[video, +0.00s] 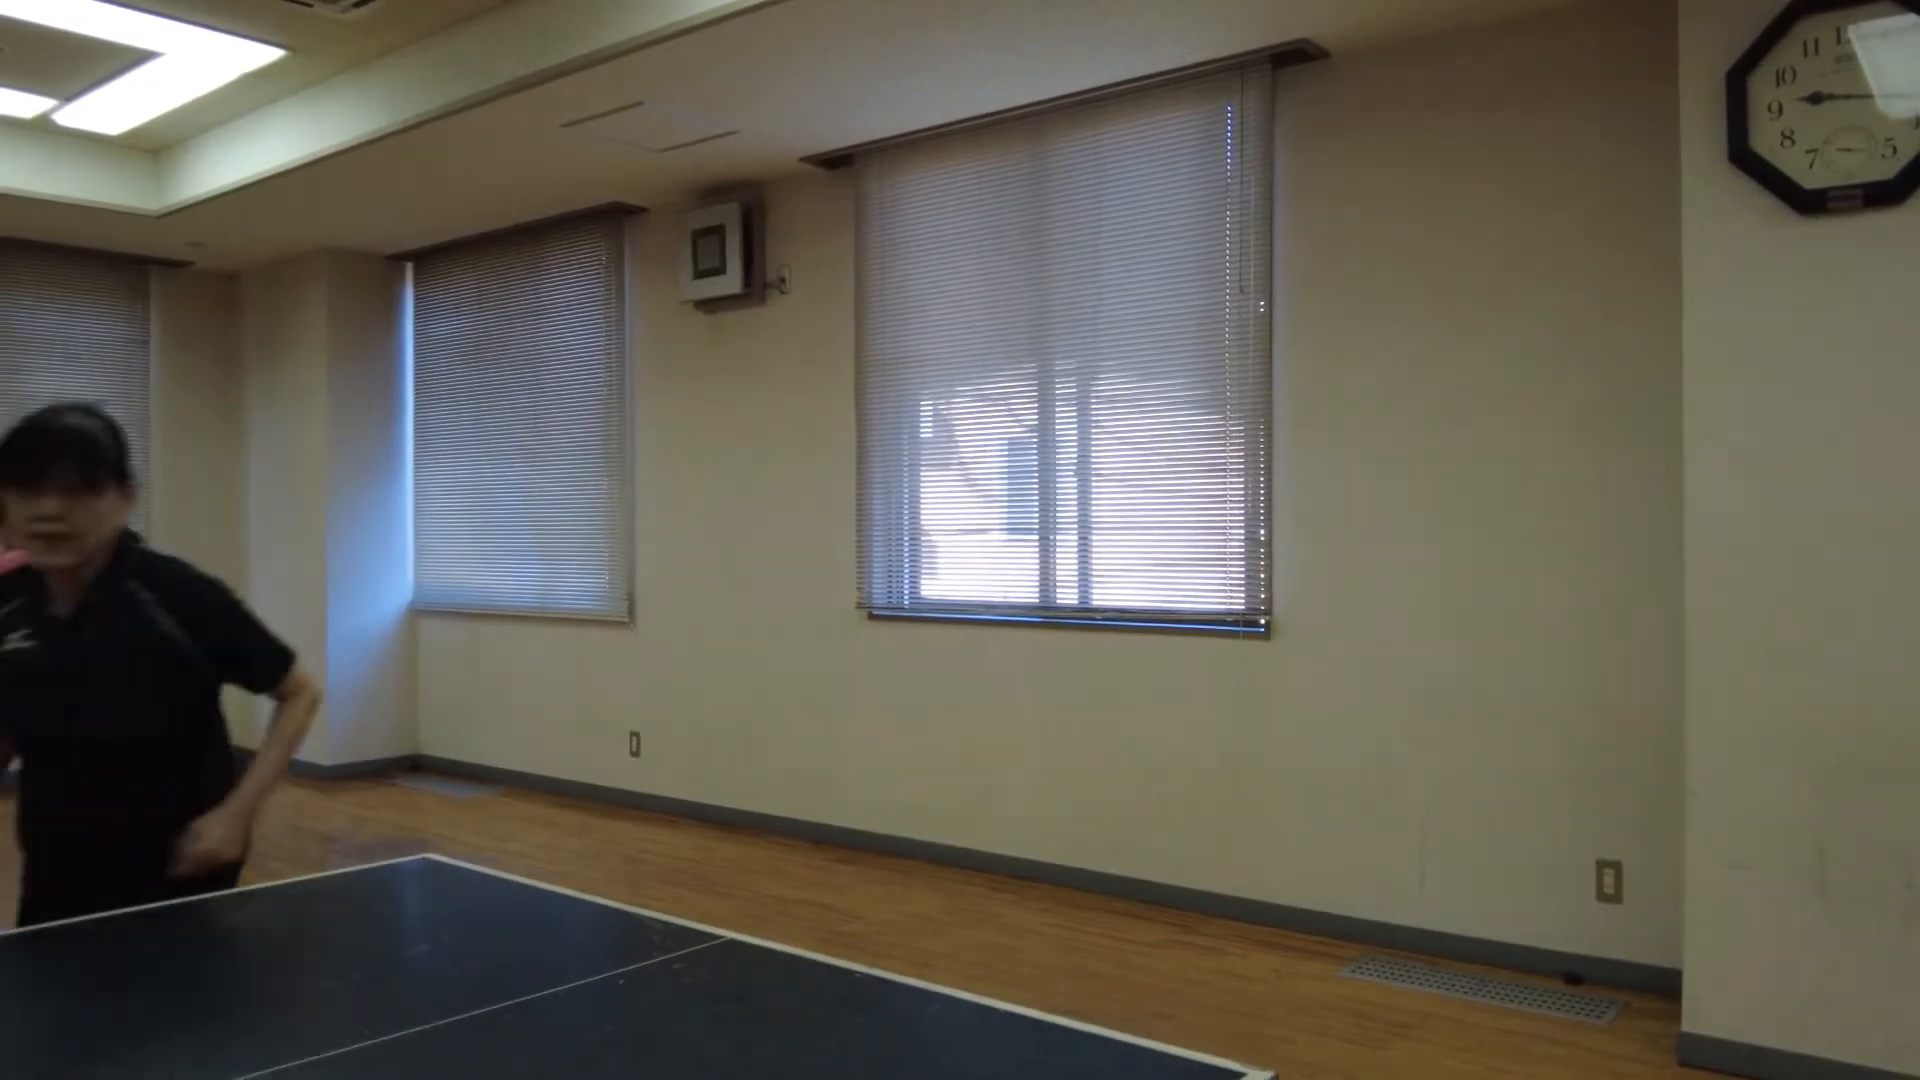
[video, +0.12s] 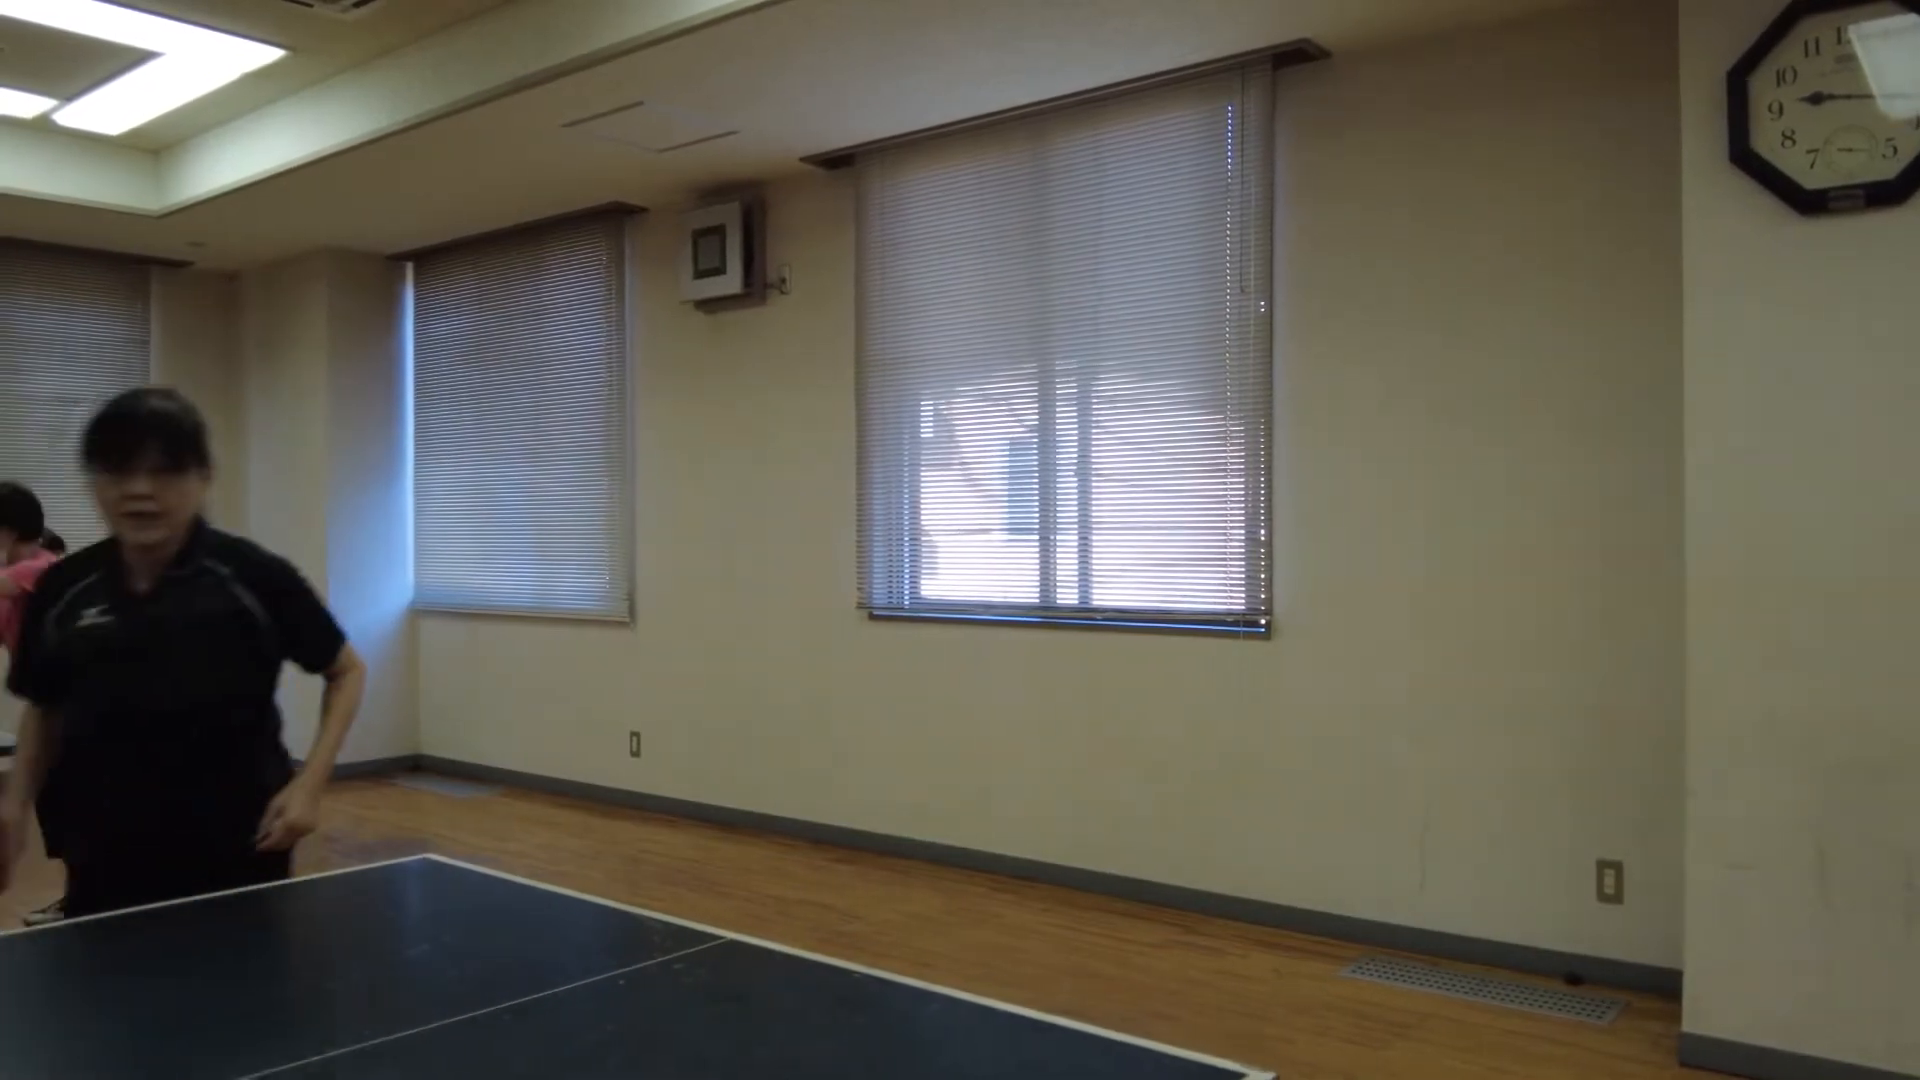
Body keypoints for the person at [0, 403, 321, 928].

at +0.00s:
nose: (49, 509)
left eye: (77, 489)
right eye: (29, 490)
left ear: (124, 499)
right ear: (4, 505)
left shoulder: (174, 594)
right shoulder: (12, 608)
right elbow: (12, 738)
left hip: (175, 894)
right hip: (58, 892)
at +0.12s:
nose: (140, 490)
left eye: (165, 472)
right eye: (119, 472)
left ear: (203, 481)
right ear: (94, 485)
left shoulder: (252, 578)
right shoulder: (63, 590)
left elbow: (347, 670)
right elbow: (42, 712)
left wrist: (312, 782)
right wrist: (17, 807)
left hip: (235, 872)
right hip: (110, 873)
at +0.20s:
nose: (201, 483)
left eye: (225, 464)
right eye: (181, 464)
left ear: (259, 475)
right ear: (153, 476)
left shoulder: (304, 574)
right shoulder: (117, 580)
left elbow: (378, 666)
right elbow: (78, 689)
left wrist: (345, 771)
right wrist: (78, 769)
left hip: (277, 856)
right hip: (152, 855)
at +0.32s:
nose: (301, 480)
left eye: (320, 465)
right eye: (280, 464)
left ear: (347, 479)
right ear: (250, 480)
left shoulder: (390, 579)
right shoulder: (205, 581)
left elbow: (430, 670)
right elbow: (150, 689)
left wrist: (410, 755)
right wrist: (183, 747)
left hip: (354, 848)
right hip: (233, 849)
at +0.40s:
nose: (368, 485)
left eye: (387, 469)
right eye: (347, 470)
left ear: (409, 483)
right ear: (316, 488)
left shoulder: (445, 578)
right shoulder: (275, 588)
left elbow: (472, 677)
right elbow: (214, 704)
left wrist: (463, 748)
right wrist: (280, 747)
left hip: (417, 843)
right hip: (302, 848)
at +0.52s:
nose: (455, 483)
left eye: (472, 466)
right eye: (433, 468)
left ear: (491, 478)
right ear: (398, 482)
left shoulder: (507, 570)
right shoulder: (362, 584)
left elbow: (517, 679)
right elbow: (307, 713)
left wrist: (543, 726)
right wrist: (426, 740)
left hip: (488, 824)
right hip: (385, 833)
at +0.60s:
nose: (498, 476)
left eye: (514, 459)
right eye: (475, 460)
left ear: (532, 468)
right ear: (438, 472)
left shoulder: (541, 558)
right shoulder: (405, 573)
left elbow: (548, 655)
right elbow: (358, 706)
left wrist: (579, 705)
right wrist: (487, 718)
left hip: (513, 809)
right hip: (419, 816)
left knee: (520, 951)